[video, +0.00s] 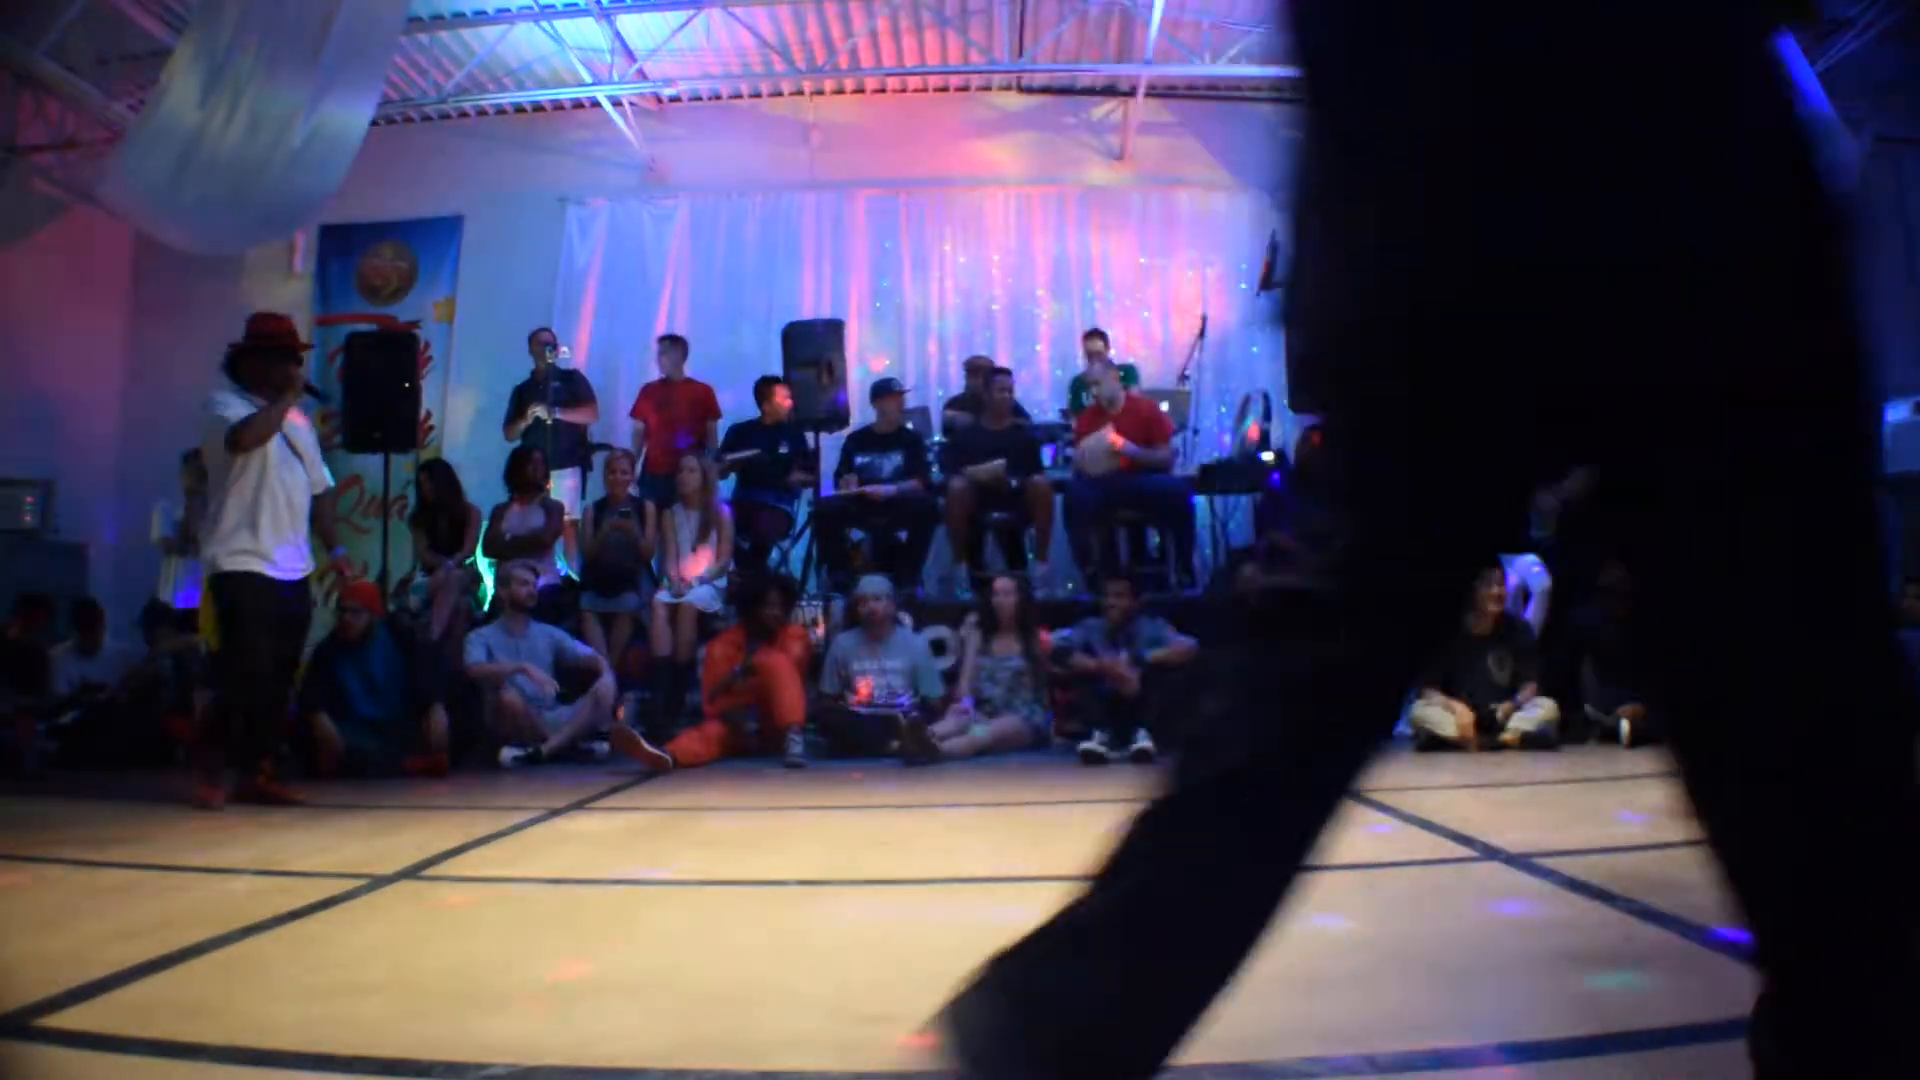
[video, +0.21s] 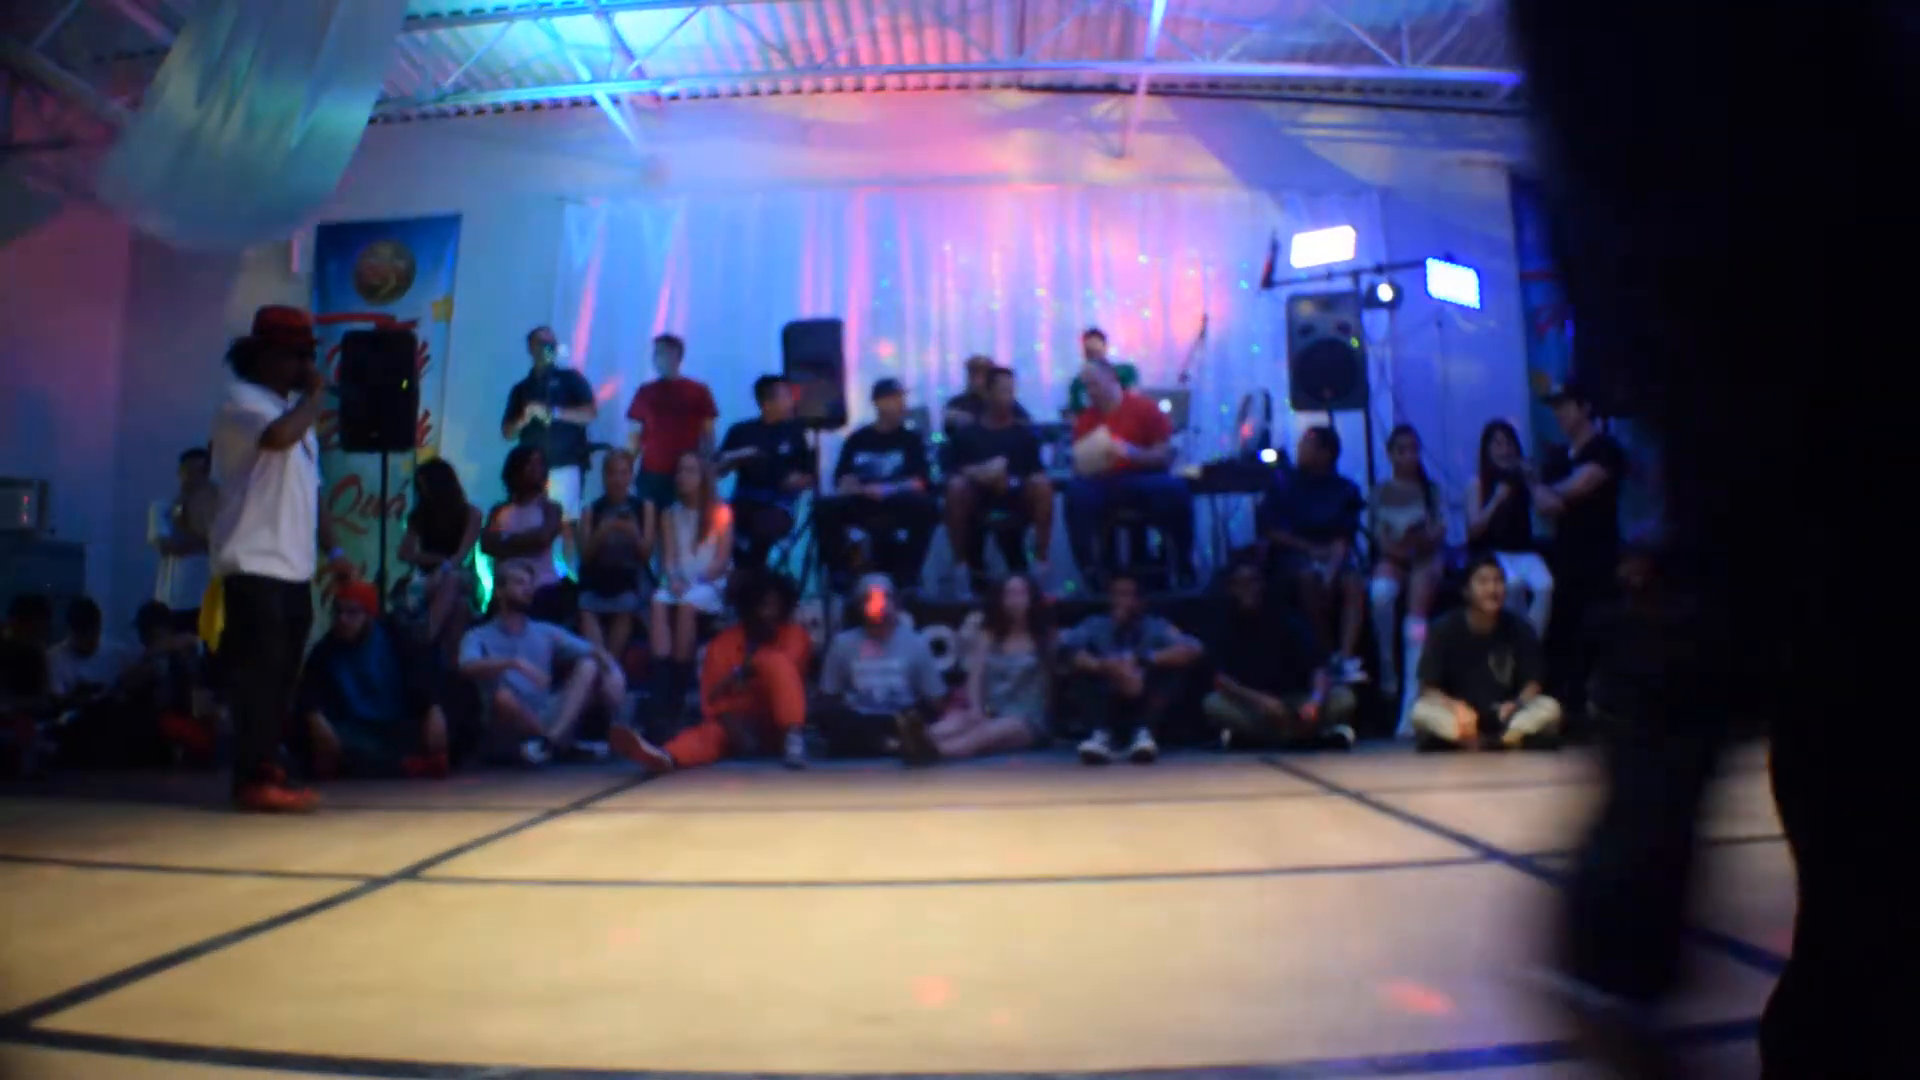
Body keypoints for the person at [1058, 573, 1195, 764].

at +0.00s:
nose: (1112, 603)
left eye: (1119, 597)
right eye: (1108, 596)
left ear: (1133, 602)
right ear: (1103, 601)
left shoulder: (1150, 628)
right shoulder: (1093, 629)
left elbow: (1188, 647)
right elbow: (1058, 648)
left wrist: (1143, 659)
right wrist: (1106, 668)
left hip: (1144, 698)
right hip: (1105, 698)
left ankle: (1144, 733)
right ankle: (1100, 734)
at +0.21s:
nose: (1122, 602)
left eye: (1127, 596)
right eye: (1117, 595)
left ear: (1138, 600)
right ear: (1110, 599)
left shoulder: (1153, 627)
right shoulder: (1098, 627)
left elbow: (1192, 649)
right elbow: (1064, 646)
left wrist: (1146, 660)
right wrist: (1110, 668)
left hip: (1146, 693)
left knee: (1167, 675)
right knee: (1093, 676)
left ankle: (1145, 733)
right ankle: (1101, 734)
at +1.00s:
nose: (1146, 603)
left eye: (1147, 596)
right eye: (1139, 598)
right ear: (1119, 604)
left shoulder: (1154, 626)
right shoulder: (1095, 630)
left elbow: (1191, 650)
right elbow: (1067, 655)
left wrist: (1141, 658)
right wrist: (1111, 665)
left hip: (1146, 700)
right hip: (1107, 702)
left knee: (1171, 671)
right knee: (1085, 677)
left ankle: (1143, 734)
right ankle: (1101, 734)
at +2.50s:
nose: (1122, 601)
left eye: (1128, 595)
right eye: (1117, 595)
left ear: (1137, 600)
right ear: (1108, 600)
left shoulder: (1152, 627)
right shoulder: (1094, 627)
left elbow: (1191, 650)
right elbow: (1063, 652)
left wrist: (1143, 659)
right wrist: (1111, 668)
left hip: (1144, 700)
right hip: (1104, 700)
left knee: (1168, 669)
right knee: (1086, 672)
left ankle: (1143, 733)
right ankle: (1101, 734)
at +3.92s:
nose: (1123, 601)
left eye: (1129, 595)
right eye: (1117, 595)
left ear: (1137, 601)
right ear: (1108, 600)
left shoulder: (1150, 626)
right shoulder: (1092, 628)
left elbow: (1189, 649)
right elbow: (1061, 653)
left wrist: (1138, 659)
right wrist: (1105, 665)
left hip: (1143, 703)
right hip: (1104, 703)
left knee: (1164, 667)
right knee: (1081, 675)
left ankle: (1143, 734)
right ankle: (1101, 735)